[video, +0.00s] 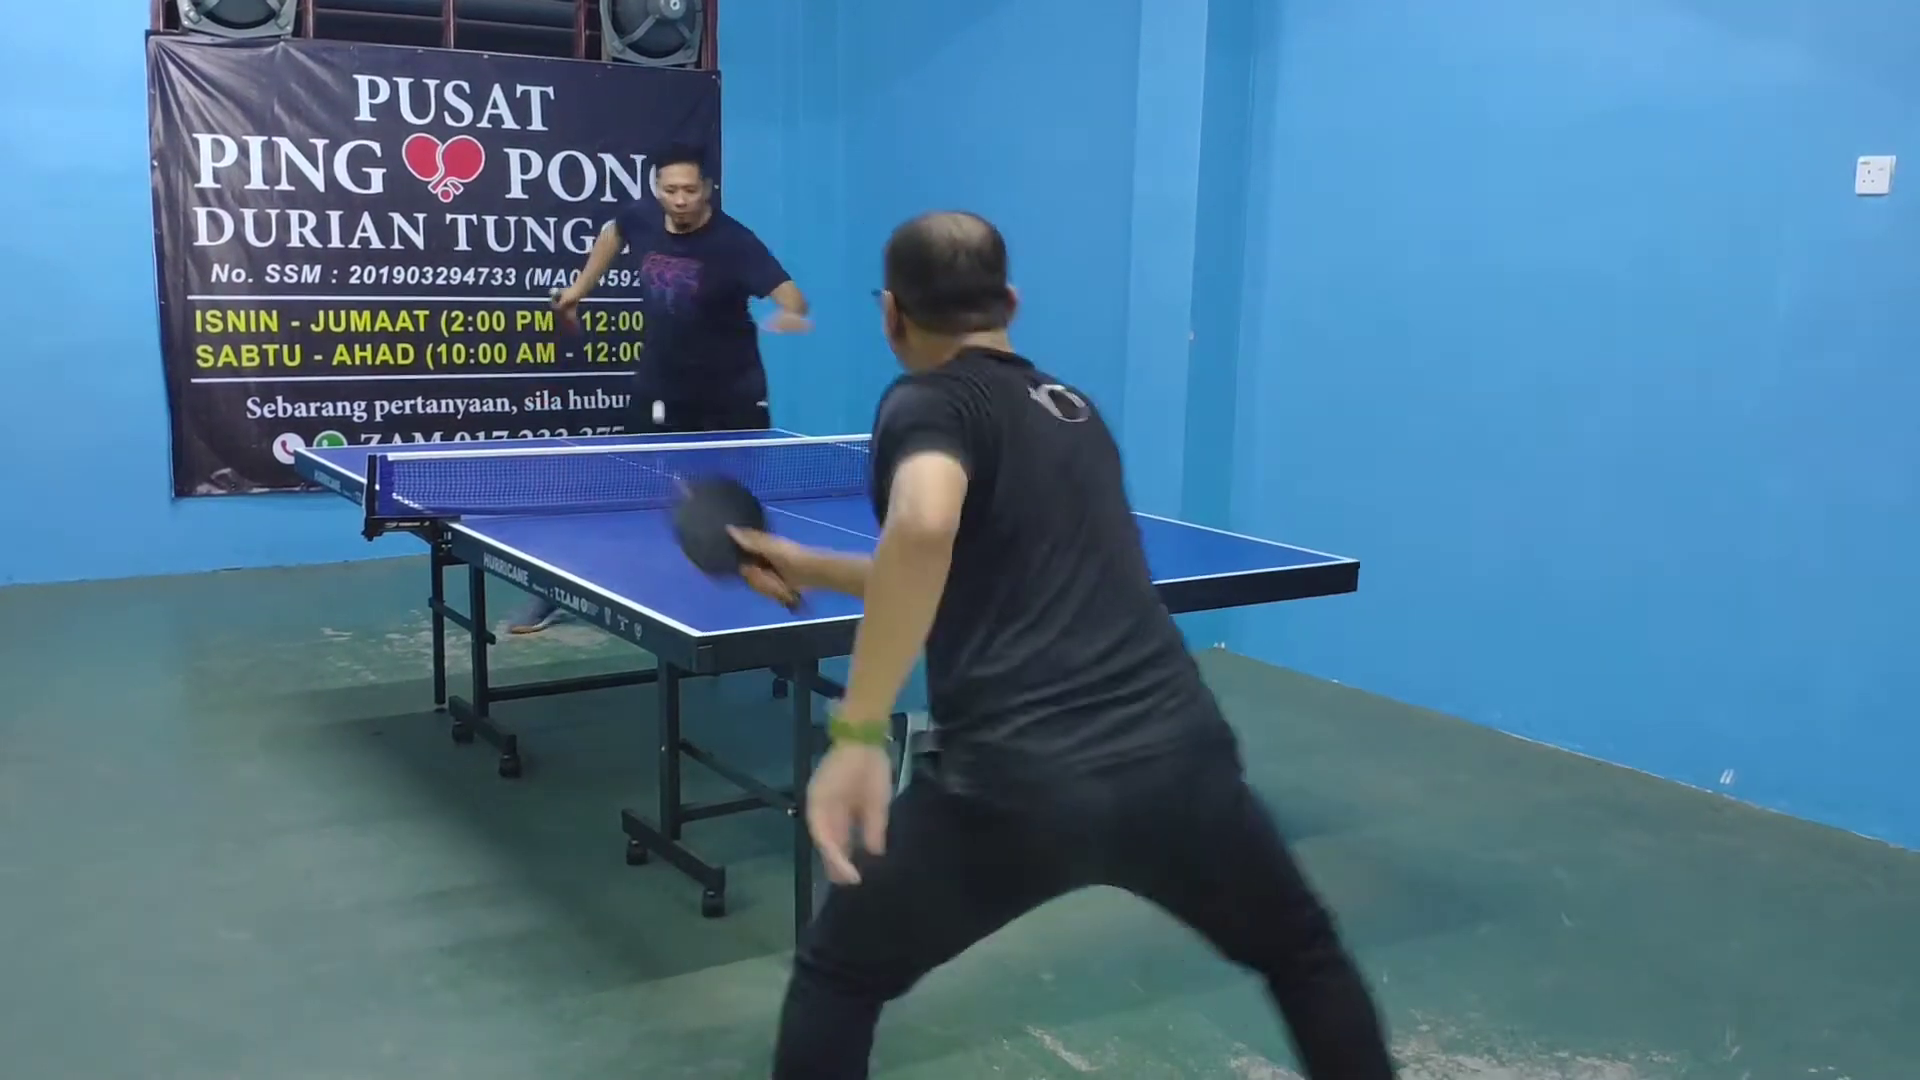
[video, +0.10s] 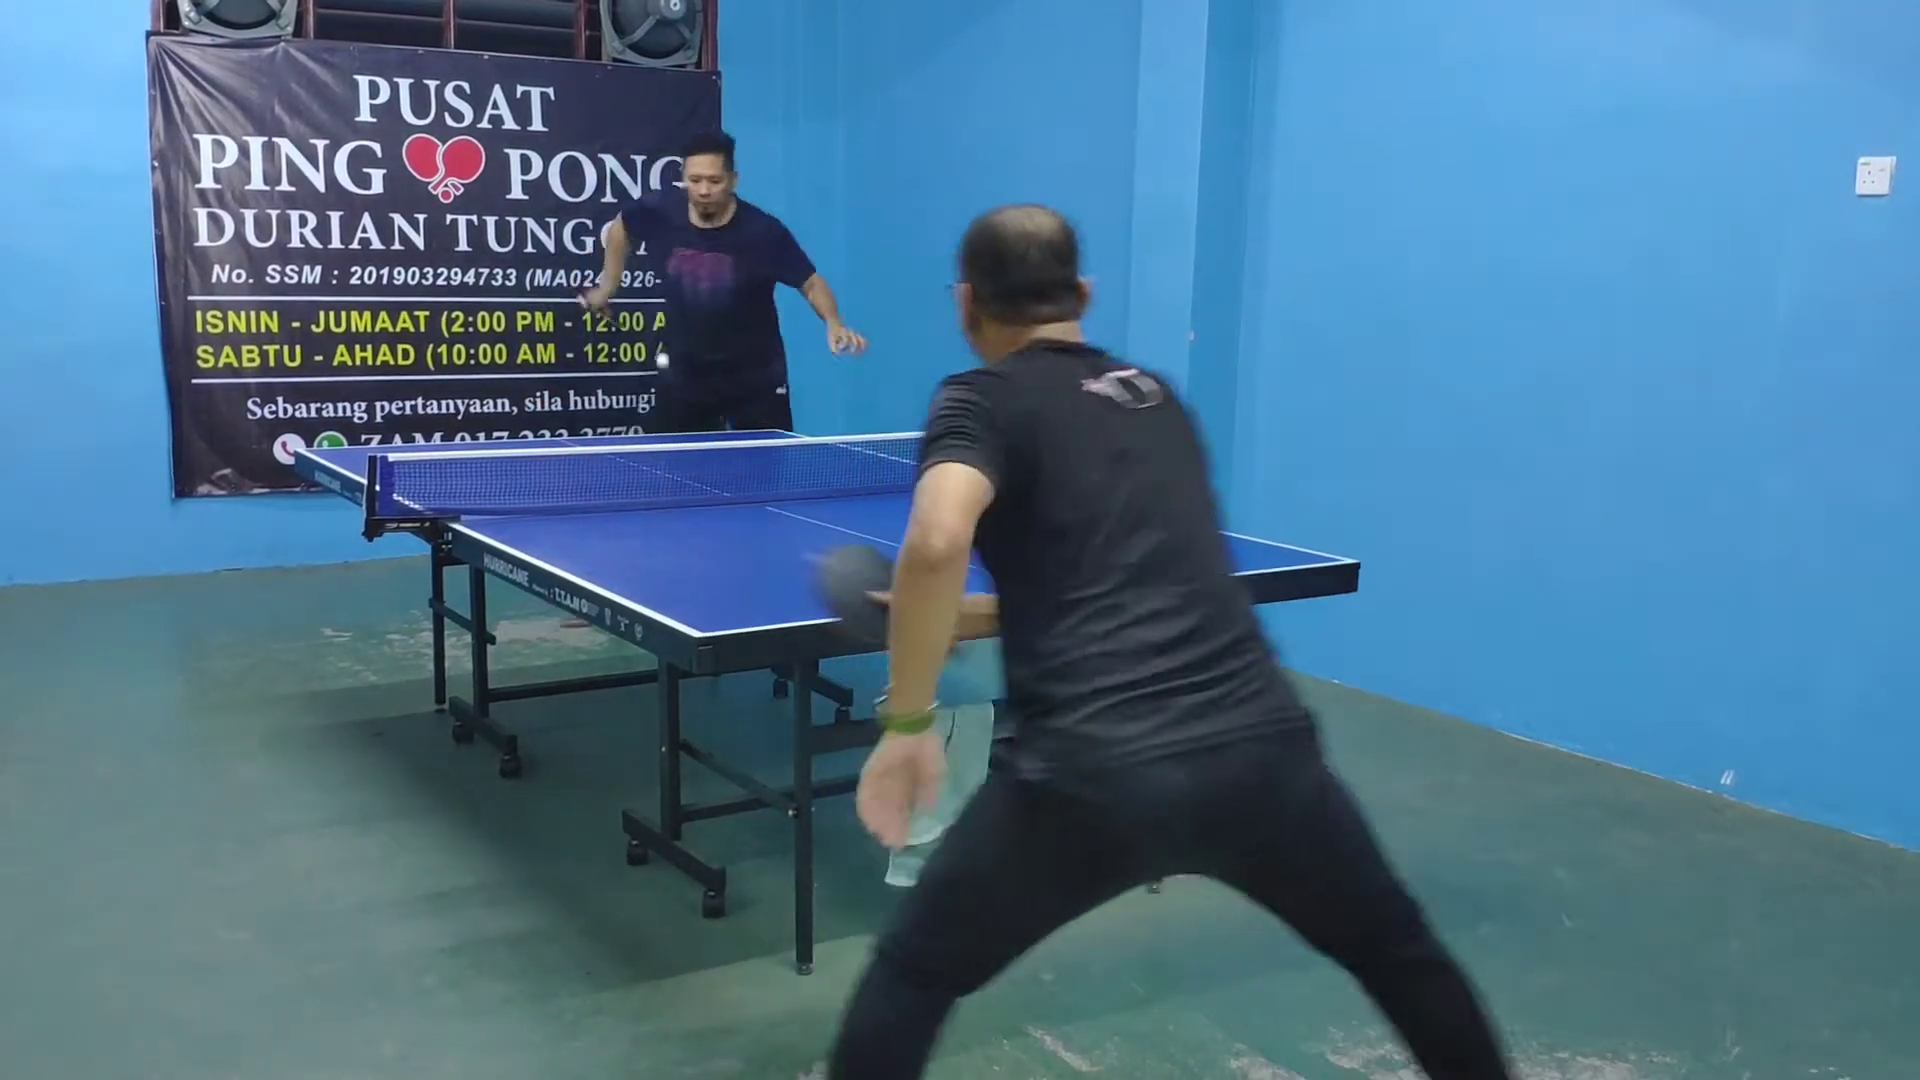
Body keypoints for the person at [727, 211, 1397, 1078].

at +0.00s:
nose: (882, 318)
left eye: (882, 304)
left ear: (894, 312)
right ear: (1010, 304)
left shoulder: (930, 398)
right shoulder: (1071, 408)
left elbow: (925, 524)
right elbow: (984, 584)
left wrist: (860, 731)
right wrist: (816, 570)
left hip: (1014, 795)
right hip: (1177, 779)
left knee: (838, 975)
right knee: (1307, 958)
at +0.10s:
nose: (956, 305)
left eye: (958, 291)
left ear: (969, 301)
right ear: (1078, 295)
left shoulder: (984, 397)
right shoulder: (1153, 393)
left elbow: (936, 546)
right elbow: (1138, 571)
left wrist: (908, 722)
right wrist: (981, 614)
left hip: (1089, 786)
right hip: (1258, 768)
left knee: (911, 977)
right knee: (1403, 956)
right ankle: (1489, 1071)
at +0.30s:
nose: (1214, 370)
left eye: (1216, 357)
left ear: (1227, 368)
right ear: (1335, 370)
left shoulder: (1171, 495)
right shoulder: (1424, 495)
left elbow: (1094, 690)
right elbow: (1511, 705)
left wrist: (1191, 736)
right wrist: (1480, 764)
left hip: (1229, 861)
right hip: (1403, 862)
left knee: (1032, 991)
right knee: (1499, 1000)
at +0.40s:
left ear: (1316, 380)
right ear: (1436, 393)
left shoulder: (1234, 498)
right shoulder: (1486, 516)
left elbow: (1208, 682)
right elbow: (1611, 716)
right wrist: (1756, 827)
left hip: (1246, 860)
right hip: (1433, 868)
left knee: (1058, 1014)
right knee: (1535, 986)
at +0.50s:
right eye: (1545, 355)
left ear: (1422, 355)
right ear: (1546, 364)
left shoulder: (1337, 461)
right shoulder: (1568, 488)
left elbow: (1308, 631)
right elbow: (1683, 669)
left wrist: (1507, 636)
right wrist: (1866, 797)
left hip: (1302, 822)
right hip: (1481, 836)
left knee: (1121, 1009)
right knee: (1583, 974)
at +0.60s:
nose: (1661, 320)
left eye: (1660, 300)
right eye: (1660, 300)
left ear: (1533, 296)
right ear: (1641, 300)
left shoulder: (1427, 404)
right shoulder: (1664, 434)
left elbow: (1378, 591)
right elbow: (1735, 623)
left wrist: (1434, 713)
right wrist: (1883, 796)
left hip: (1367, 763)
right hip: (1545, 787)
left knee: (1198, 970)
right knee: (1629, 973)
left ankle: (1075, 1078)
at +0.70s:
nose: (1749, 275)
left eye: (1753, 253)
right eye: (1750, 251)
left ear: (1626, 243)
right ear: (1716, 244)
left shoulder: (1496, 355)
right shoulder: (1732, 389)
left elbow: (1442, 556)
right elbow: (1774, 608)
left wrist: (1467, 688)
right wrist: (1876, 805)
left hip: (1428, 718)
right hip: (1597, 747)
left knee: (1299, 944)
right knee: (1645, 972)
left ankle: (1195, 1069)